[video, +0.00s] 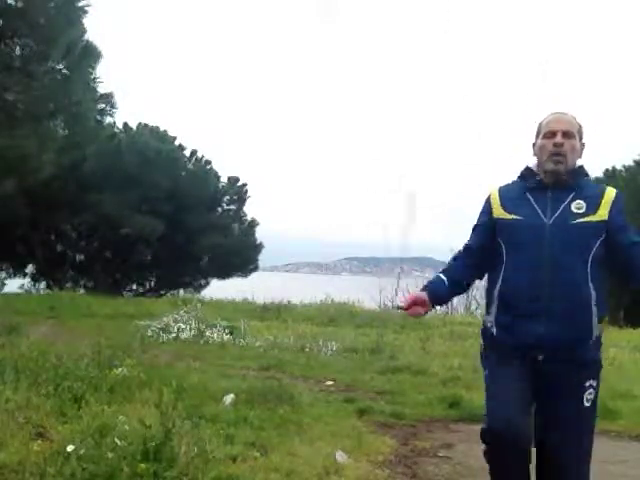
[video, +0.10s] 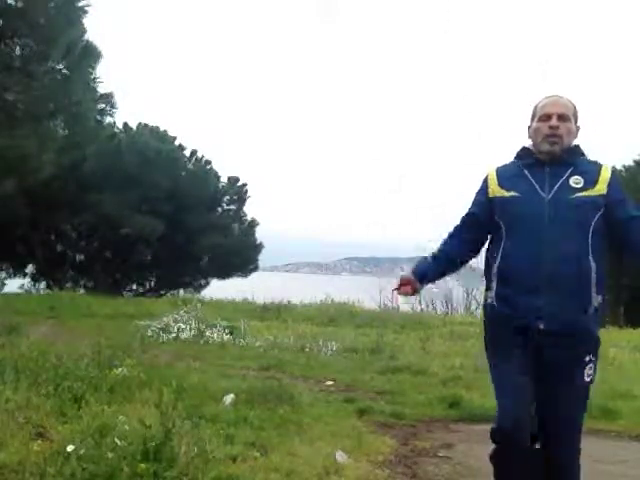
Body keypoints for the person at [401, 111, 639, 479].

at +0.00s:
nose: (558, 142)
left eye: (567, 136)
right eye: (549, 135)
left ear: (581, 148)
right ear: (535, 146)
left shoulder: (605, 202)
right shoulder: (501, 200)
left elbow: (632, 263)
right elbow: (471, 260)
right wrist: (431, 294)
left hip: (574, 353)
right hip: (508, 349)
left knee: (567, 458)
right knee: (504, 436)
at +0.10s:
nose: (553, 125)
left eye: (563, 119)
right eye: (545, 118)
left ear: (576, 130)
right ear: (530, 128)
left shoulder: (601, 180)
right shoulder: (499, 180)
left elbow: (631, 241)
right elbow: (465, 239)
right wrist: (420, 276)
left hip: (573, 328)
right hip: (509, 325)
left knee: (562, 437)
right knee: (514, 427)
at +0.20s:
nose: (548, 137)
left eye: (557, 131)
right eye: (540, 130)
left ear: (571, 141)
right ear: (526, 140)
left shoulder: (599, 194)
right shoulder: (496, 192)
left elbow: (633, 249)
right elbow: (459, 246)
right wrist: (410, 269)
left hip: (573, 338)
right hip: (509, 337)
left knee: (570, 437)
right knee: (516, 437)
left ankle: (553, 473)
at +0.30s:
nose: (545, 157)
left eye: (554, 149)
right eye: (536, 149)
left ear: (568, 160)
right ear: (523, 159)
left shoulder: (596, 213)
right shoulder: (490, 213)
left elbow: (624, 273)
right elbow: (460, 267)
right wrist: (420, 286)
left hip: (573, 358)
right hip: (507, 360)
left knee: (571, 440)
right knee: (514, 460)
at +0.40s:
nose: (550, 132)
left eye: (560, 125)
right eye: (541, 125)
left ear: (573, 136)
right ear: (527, 135)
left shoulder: (600, 192)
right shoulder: (494, 190)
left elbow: (623, 262)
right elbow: (459, 250)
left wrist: (630, 303)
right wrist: (416, 290)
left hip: (573, 341)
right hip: (507, 340)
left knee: (568, 438)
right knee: (514, 449)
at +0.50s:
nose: (553, 129)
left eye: (563, 122)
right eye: (544, 122)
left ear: (577, 133)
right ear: (530, 132)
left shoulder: (602, 186)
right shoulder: (496, 182)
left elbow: (632, 242)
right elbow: (456, 233)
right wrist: (407, 265)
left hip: (574, 333)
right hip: (508, 331)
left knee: (560, 438)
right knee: (513, 439)